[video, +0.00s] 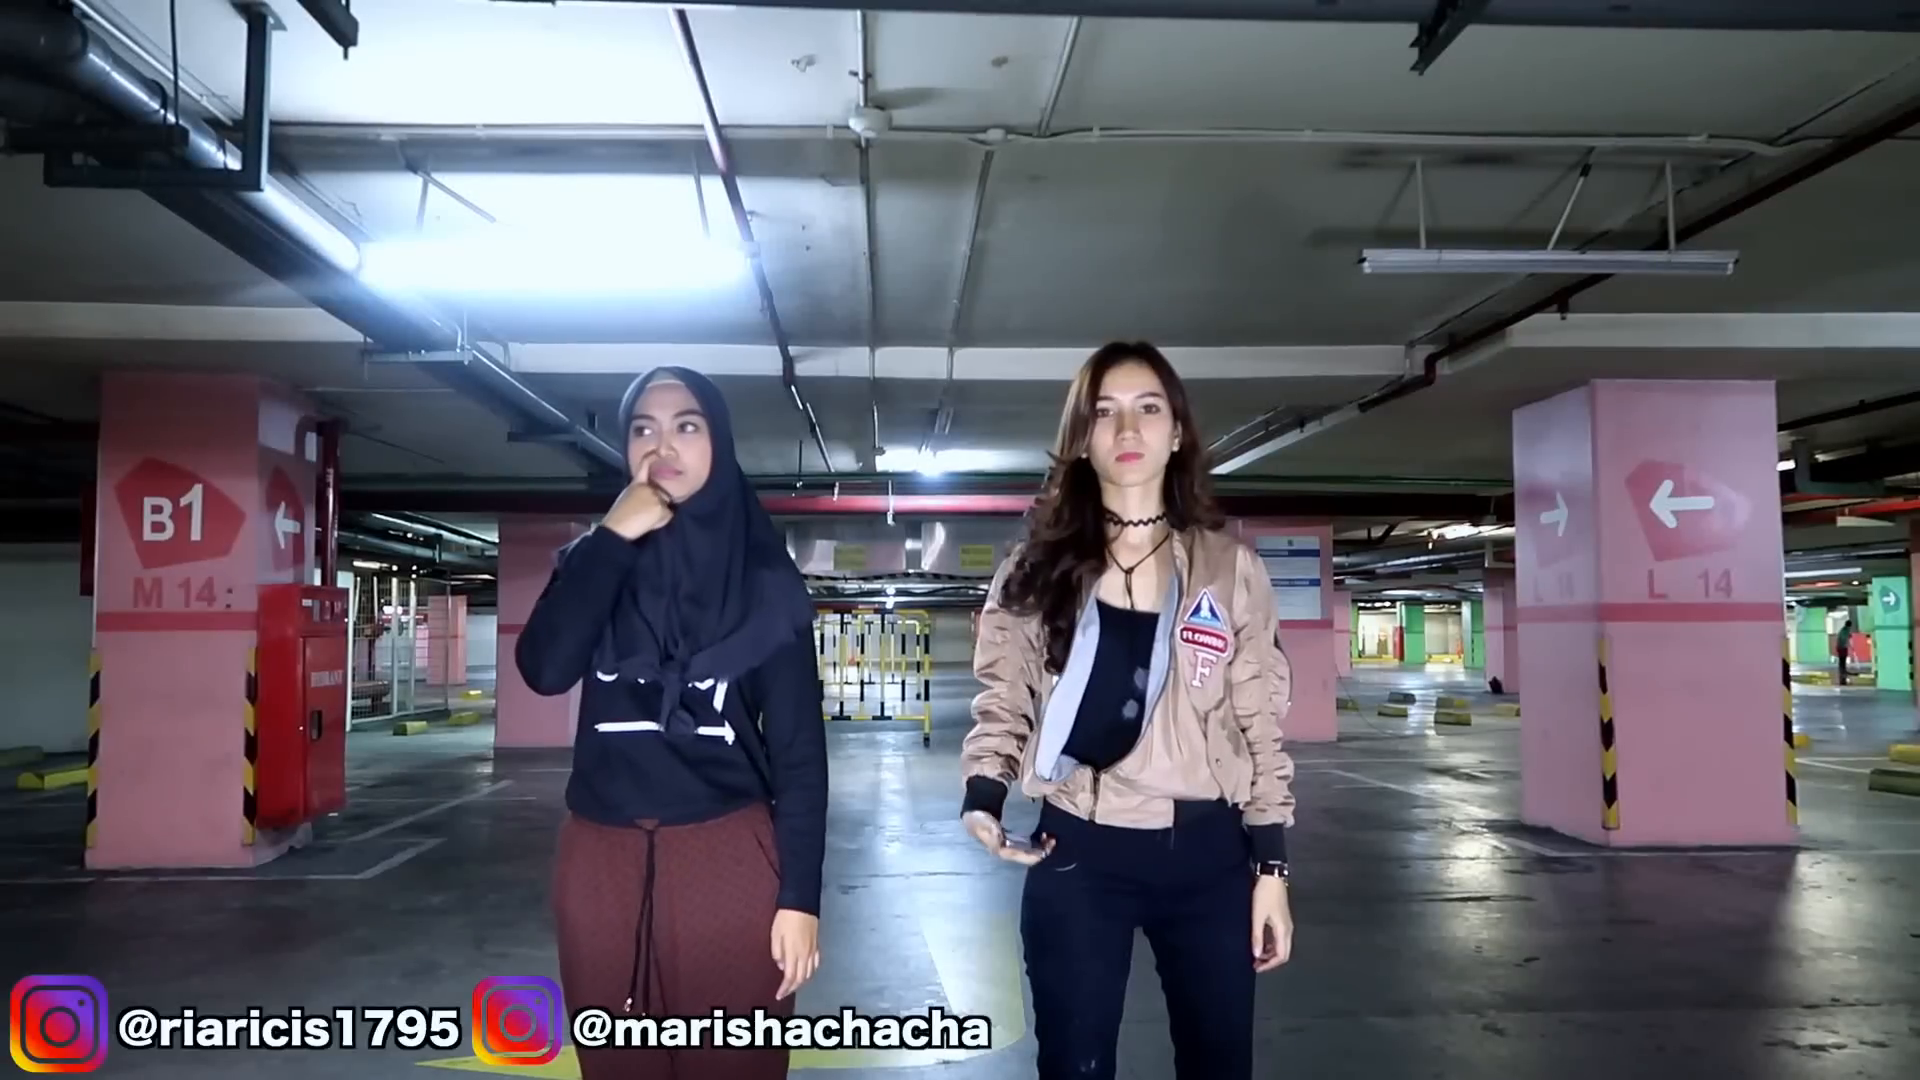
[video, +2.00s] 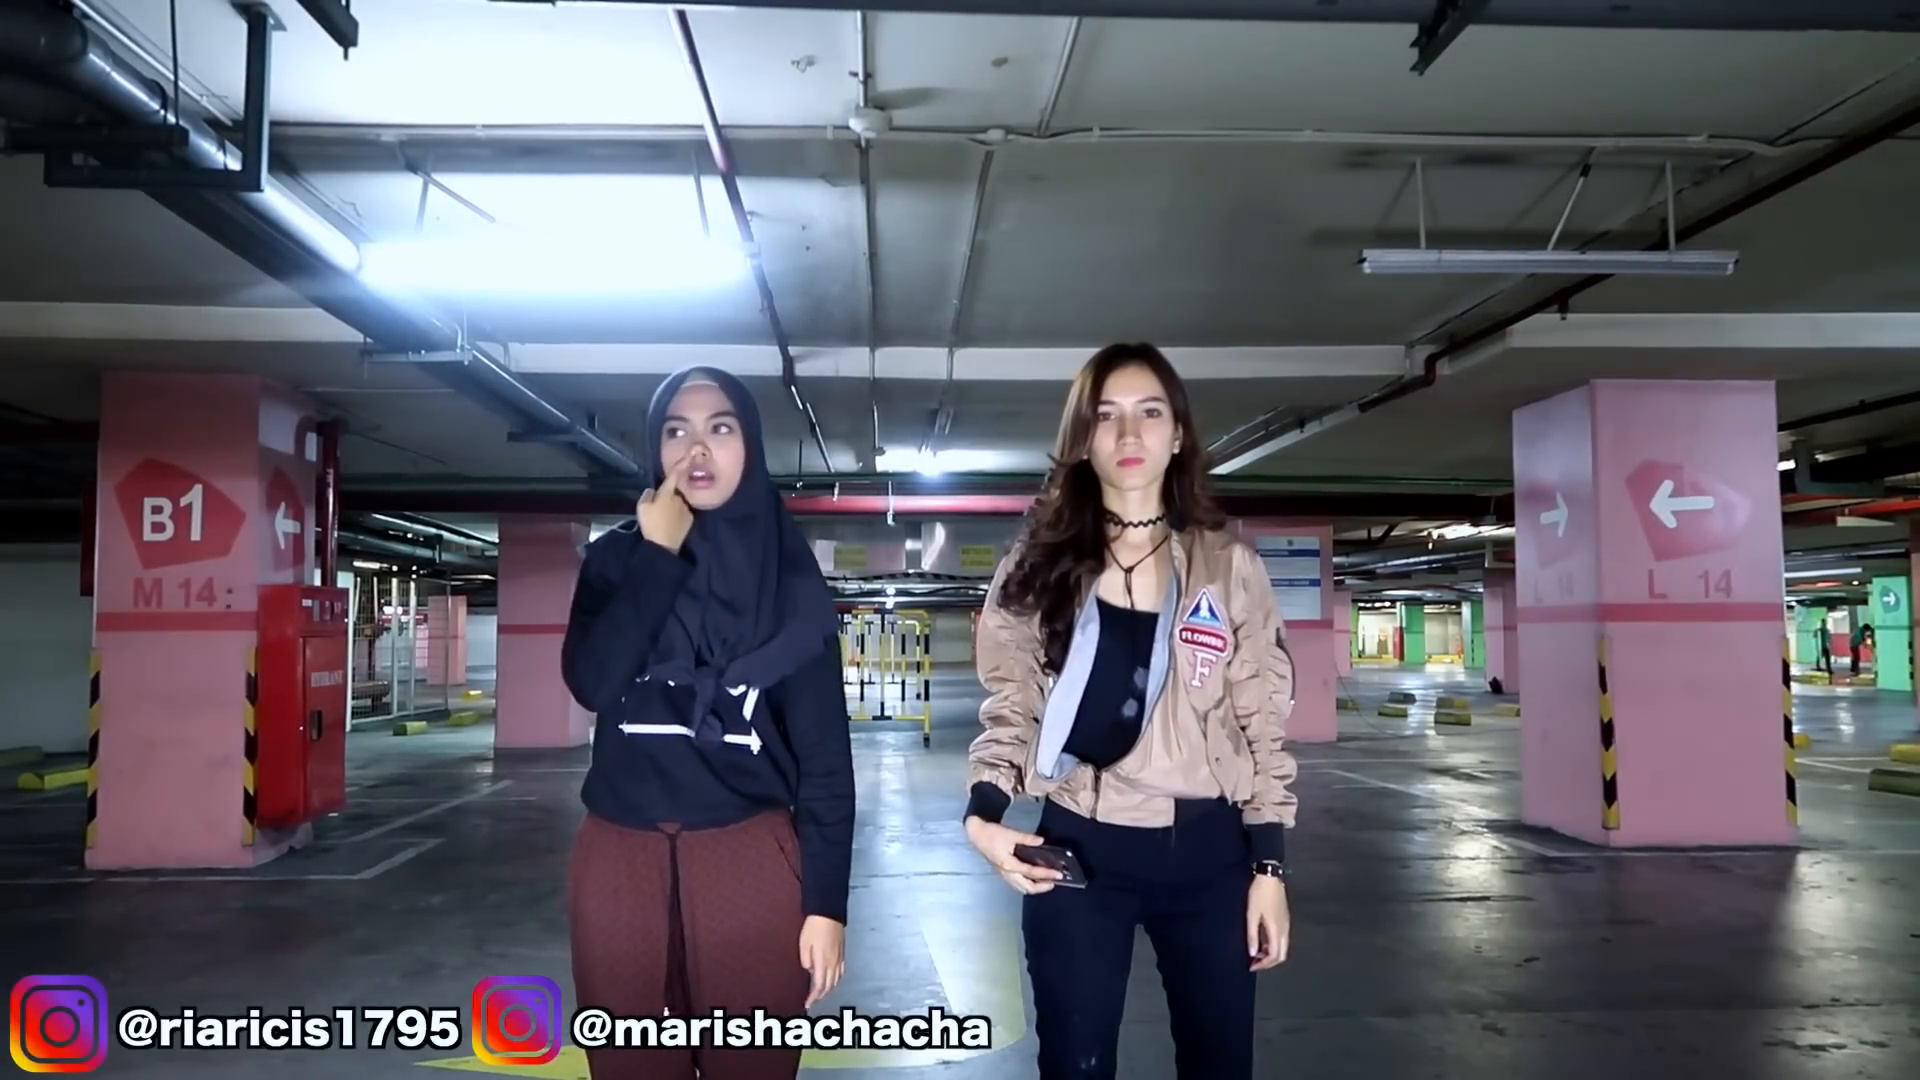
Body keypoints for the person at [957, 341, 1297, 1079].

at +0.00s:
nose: (1127, 427)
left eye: (1148, 409)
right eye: (1106, 412)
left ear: (1177, 430)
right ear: (1082, 436)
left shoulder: (1231, 565)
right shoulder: (1035, 564)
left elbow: (1259, 720)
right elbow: (1003, 694)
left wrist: (1271, 863)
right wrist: (982, 798)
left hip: (1206, 855)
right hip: (1076, 854)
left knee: (1220, 1068)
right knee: (1075, 1070)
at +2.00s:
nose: (1128, 432)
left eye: (1149, 412)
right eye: (1107, 416)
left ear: (1178, 431)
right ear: (1083, 437)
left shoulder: (1230, 563)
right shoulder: (1037, 561)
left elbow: (1261, 718)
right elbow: (1010, 700)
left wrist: (1268, 863)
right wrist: (981, 814)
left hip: (1206, 853)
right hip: (1076, 854)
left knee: (1221, 1067)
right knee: (1075, 1070)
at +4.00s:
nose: (1177, 494)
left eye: (1205, 472)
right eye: (1178, 473)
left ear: (1264, 491)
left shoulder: (1300, 655)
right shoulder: (1124, 592)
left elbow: (1352, 815)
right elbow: (1004, 632)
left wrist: (1268, 791)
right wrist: (990, 720)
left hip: (1217, 904)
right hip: (1089, 880)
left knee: (1255, 1073)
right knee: (992, 1042)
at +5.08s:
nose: (1143, 452)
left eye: (1162, 434)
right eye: (1120, 438)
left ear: (1188, 452)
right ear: (1093, 465)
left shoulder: (1250, 554)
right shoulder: (1073, 598)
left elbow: (1361, 570)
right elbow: (996, 722)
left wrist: (1403, 669)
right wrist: (1021, 724)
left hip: (1293, 857)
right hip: (1168, 876)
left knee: (1359, 1066)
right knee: (1141, 1071)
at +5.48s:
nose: (1231, 480)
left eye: (1256, 464)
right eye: (1237, 462)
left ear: (1314, 495)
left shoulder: (1361, 633)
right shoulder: (1185, 576)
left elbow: (1386, 786)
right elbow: (1074, 642)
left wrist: (1302, 719)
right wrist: (983, 715)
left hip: (1257, 887)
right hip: (1129, 869)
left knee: (1284, 1070)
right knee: (1081, 1068)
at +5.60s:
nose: (1228, 477)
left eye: (1255, 460)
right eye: (1232, 459)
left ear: (1314, 486)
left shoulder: (1350, 646)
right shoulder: (1178, 583)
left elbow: (1355, 792)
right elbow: (1070, 614)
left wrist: (1287, 686)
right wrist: (974, 679)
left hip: (1257, 896)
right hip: (1130, 876)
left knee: (1292, 1070)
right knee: (1012, 1052)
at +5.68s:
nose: (1219, 474)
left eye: (1249, 458)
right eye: (1214, 455)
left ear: (1298, 483)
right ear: (1203, 470)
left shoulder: (1333, 631)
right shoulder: (1149, 579)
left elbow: (1379, 760)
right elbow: (1023, 591)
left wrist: (1309, 637)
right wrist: (959, 648)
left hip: (1247, 896)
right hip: (1119, 878)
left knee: (1286, 1070)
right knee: (980, 1044)